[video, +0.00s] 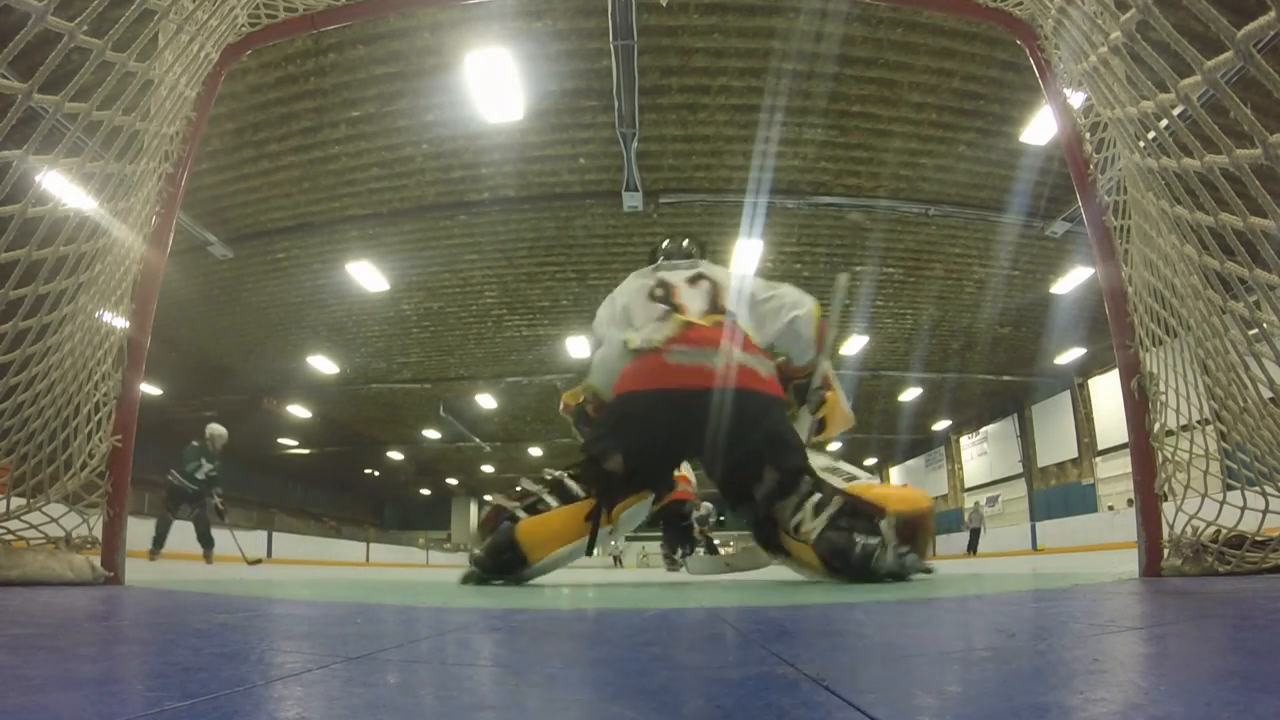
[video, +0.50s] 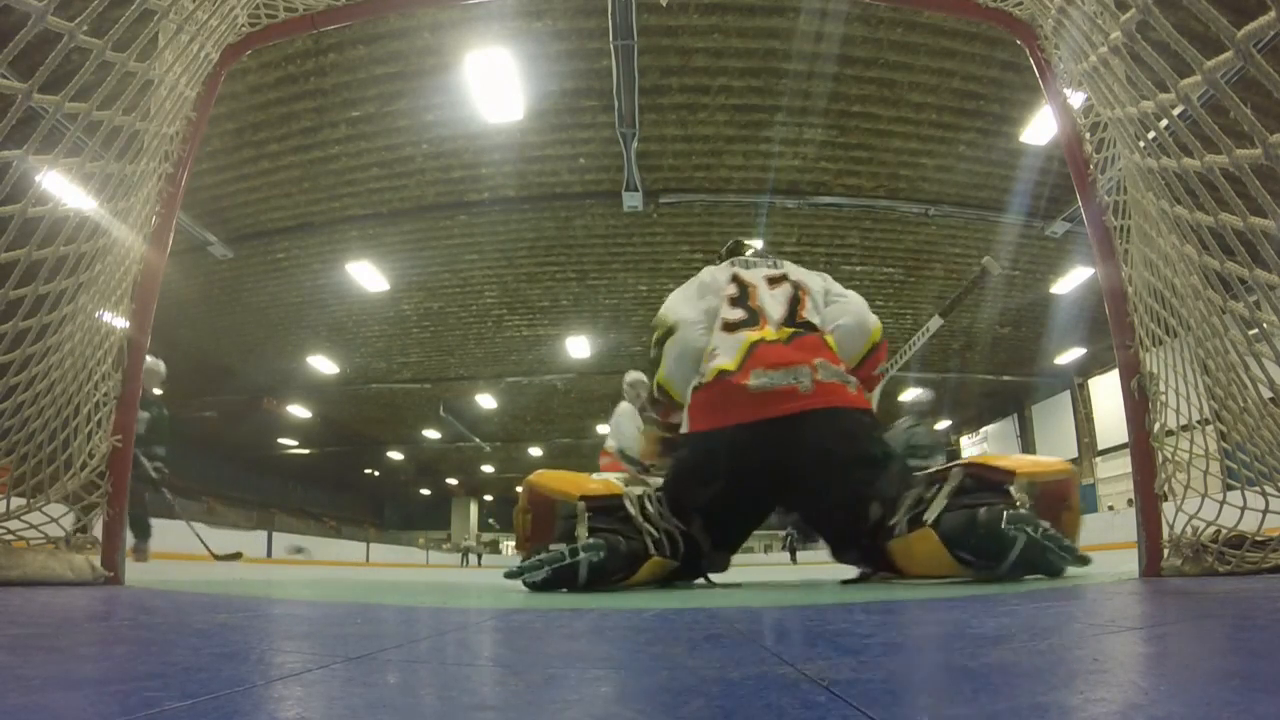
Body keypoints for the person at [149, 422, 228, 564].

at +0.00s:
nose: (222, 445)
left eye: (223, 442)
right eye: (221, 441)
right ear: (212, 439)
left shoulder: (216, 460)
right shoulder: (193, 449)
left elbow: (215, 482)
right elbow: (190, 469)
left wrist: (218, 499)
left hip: (197, 492)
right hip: (179, 488)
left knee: (201, 520)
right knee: (166, 516)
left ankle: (208, 549)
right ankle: (156, 547)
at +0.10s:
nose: (211, 435)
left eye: (213, 432)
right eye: (209, 431)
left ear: (212, 432)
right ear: (200, 429)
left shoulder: (208, 453)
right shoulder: (182, 440)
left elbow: (207, 478)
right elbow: (176, 461)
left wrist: (209, 497)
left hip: (187, 487)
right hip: (167, 482)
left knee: (191, 517)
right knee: (153, 512)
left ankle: (198, 547)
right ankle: (142, 545)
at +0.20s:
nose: (200, 424)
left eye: (202, 421)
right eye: (198, 420)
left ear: (199, 421)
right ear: (188, 418)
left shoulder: (196, 443)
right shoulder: (169, 431)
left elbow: (196, 469)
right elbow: (158, 455)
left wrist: (198, 488)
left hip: (175, 480)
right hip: (153, 476)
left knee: (180, 513)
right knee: (138, 509)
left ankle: (187, 545)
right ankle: (126, 543)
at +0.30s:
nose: (186, 411)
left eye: (188, 408)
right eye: (183, 407)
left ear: (188, 409)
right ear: (173, 405)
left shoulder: (186, 434)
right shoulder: (154, 419)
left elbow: (186, 461)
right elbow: (141, 444)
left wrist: (187, 479)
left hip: (165, 473)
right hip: (140, 467)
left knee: (167, 505)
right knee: (125, 503)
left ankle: (174, 544)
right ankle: (114, 538)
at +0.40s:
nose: (169, 398)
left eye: (173, 394)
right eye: (166, 392)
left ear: (176, 396)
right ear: (158, 391)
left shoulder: (173, 424)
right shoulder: (140, 410)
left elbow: (174, 452)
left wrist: (173, 472)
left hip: (156, 470)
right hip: (130, 463)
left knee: (152, 498)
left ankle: (159, 541)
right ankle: (103, 536)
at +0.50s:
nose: (144, 380)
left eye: (148, 376)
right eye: (145, 375)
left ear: (154, 380)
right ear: (139, 377)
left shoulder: (157, 411)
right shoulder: (122, 401)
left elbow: (159, 441)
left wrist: (157, 461)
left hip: (139, 459)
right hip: (114, 455)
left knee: (135, 497)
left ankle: (142, 538)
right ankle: (80, 532)